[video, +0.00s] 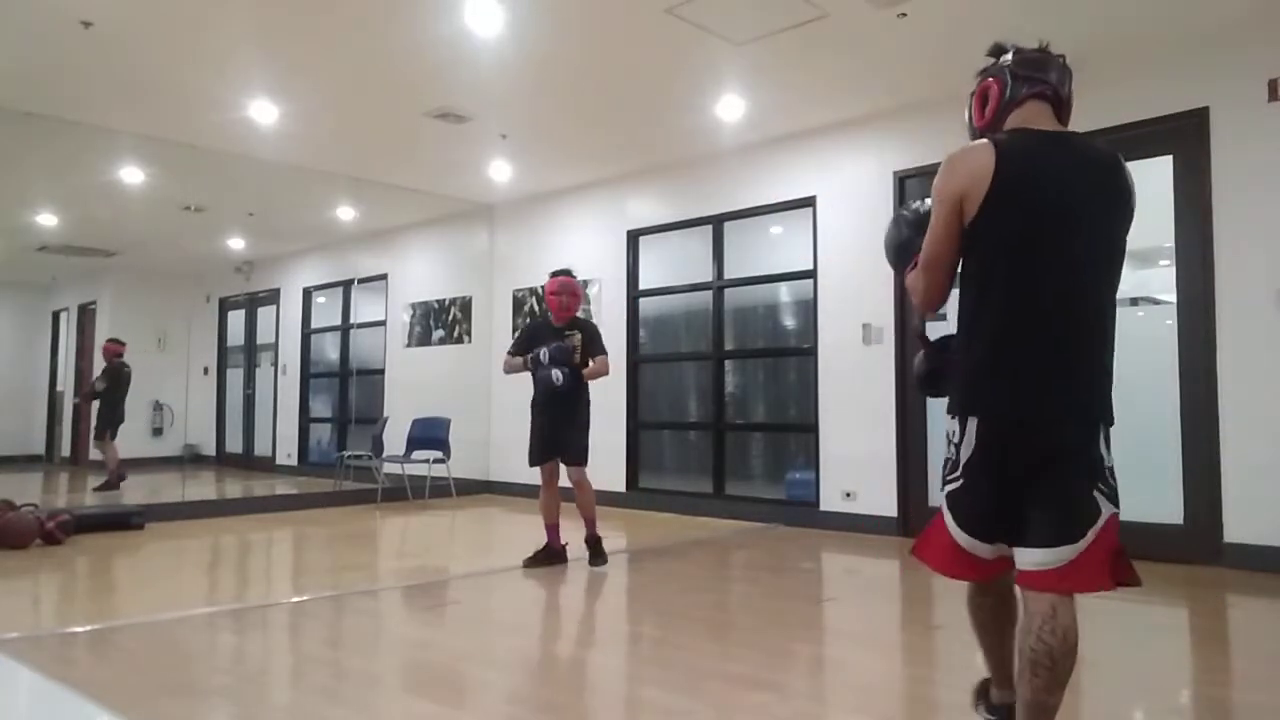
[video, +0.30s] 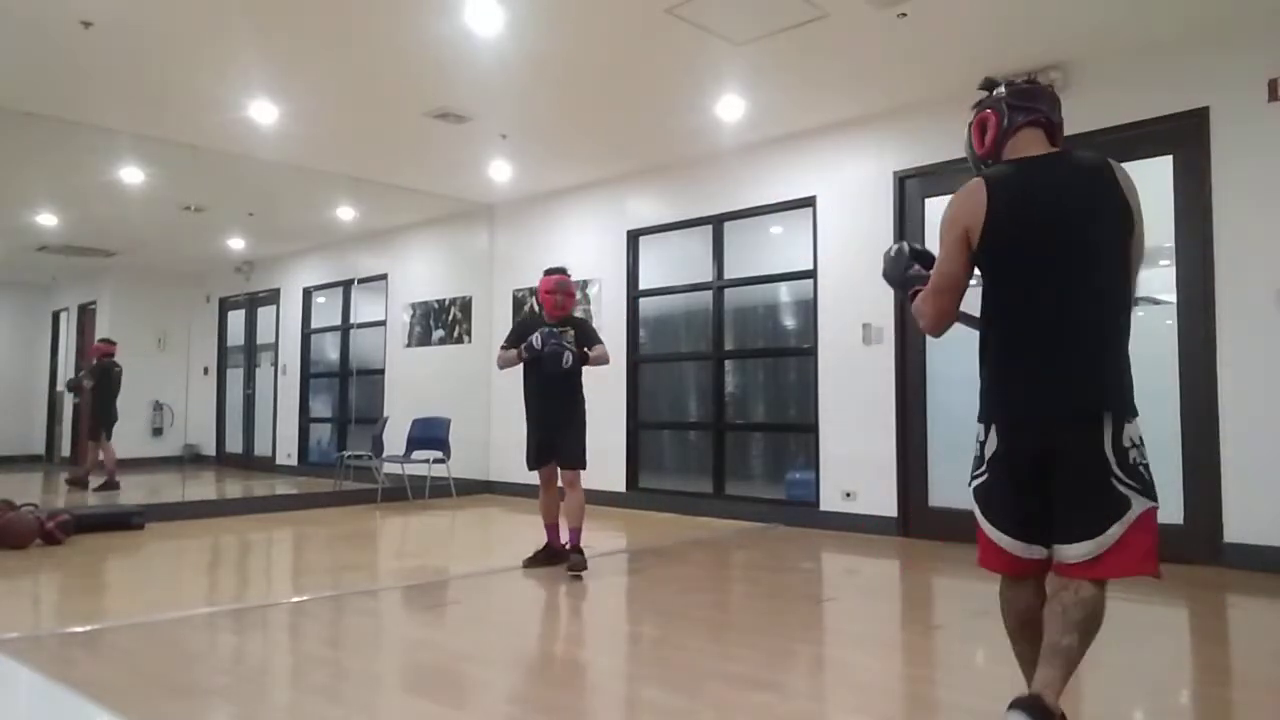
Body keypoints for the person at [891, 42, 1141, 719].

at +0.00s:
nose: (972, 112)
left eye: (973, 103)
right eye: (972, 105)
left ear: (990, 96)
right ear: (1063, 105)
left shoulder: (970, 164)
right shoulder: (1112, 171)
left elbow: (927, 295)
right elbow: (1086, 284)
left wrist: (911, 256)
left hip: (992, 398)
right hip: (1079, 397)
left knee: (987, 566)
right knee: (1051, 583)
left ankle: (1005, 691)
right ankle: (1036, 715)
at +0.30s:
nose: (975, 143)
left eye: (976, 132)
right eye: (973, 134)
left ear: (991, 126)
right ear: (1055, 126)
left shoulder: (978, 196)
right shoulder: (1115, 182)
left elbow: (933, 317)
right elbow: (1120, 289)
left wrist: (913, 280)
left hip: (1015, 408)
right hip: (1100, 404)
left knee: (1020, 570)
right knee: (1081, 568)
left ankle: (1044, 704)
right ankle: (1041, 697)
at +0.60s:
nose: (1000, 146)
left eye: (1002, 135)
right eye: (1001, 136)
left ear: (1018, 132)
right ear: (1075, 132)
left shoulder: (1003, 207)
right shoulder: (1131, 183)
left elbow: (957, 315)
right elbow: (1174, 284)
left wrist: (969, 279)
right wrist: (1103, 279)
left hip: (1043, 408)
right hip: (1128, 402)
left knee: (1035, 558)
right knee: (1158, 551)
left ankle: (1043, 702)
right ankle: (1194, 690)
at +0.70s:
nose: (1019, 146)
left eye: (1021, 135)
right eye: (1018, 137)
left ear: (1038, 131)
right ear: (1093, 128)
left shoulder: (1023, 203)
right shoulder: (1150, 186)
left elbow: (991, 315)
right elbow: (1175, 289)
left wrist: (1048, 287)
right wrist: (1112, 279)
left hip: (1056, 407)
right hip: (1140, 403)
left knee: (1040, 557)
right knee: (1179, 551)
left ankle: (1044, 704)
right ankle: (1247, 691)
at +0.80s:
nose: (1046, 152)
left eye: (1047, 142)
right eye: (1045, 144)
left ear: (1065, 136)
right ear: (1117, 135)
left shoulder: (1050, 202)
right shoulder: (1178, 195)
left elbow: (1020, 321)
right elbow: (1183, 300)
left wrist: (1017, 341)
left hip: (1072, 411)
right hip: (1158, 407)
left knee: (1047, 557)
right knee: (1206, 554)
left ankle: (1045, 701)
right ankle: (1256, 690)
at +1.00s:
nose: (1098, 176)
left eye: (1098, 163)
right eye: (1095, 166)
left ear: (1121, 137)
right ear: (1155, 136)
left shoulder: (1127, 195)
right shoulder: (1222, 201)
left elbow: (1066, 299)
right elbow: (1168, 281)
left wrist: (1054, 352)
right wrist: (1076, 265)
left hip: (1146, 403)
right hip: (1221, 404)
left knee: (1087, 542)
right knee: (1229, 557)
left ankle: (1073, 695)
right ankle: (1258, 699)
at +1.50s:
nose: (1153, 153)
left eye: (1163, 134)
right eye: (1150, 139)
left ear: (1208, 126)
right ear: (1205, 132)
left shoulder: (1236, 189)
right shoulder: (1215, 197)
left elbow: (1135, 276)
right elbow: (1171, 285)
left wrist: (1101, 293)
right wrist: (1081, 275)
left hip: (1222, 404)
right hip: (1209, 402)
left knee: (1230, 554)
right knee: (1231, 553)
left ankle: (1262, 696)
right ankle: (1259, 693)